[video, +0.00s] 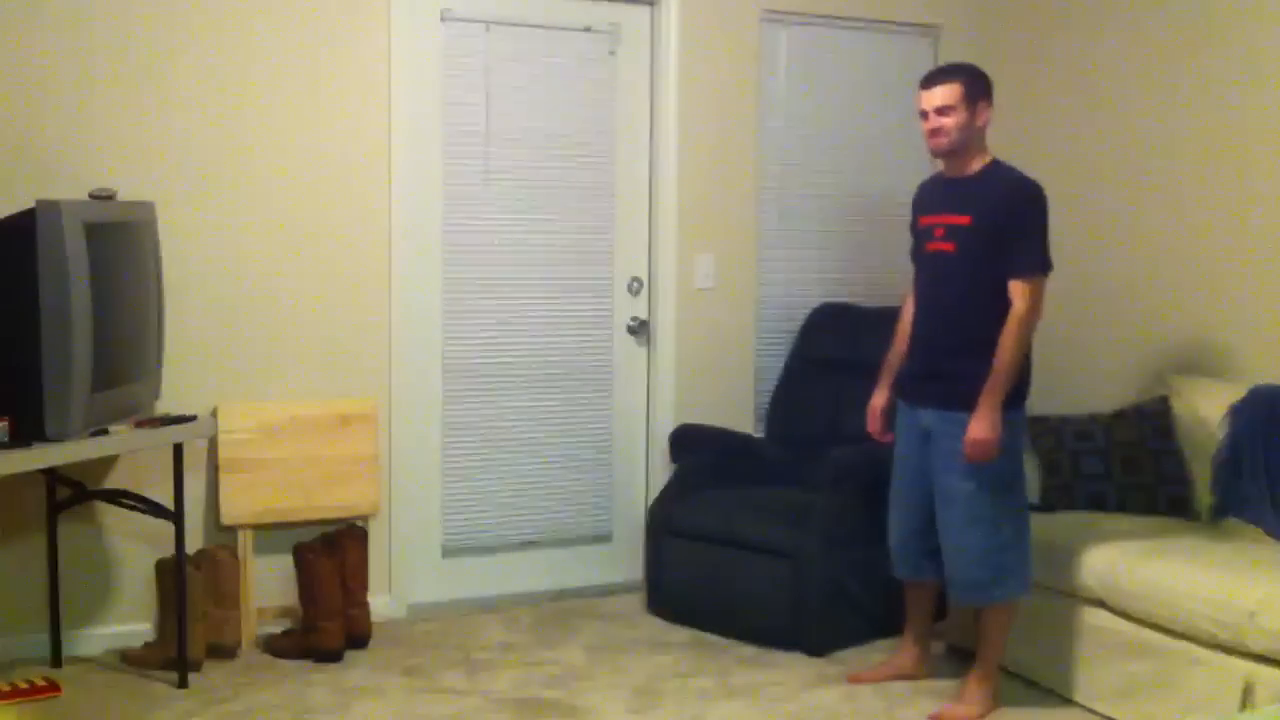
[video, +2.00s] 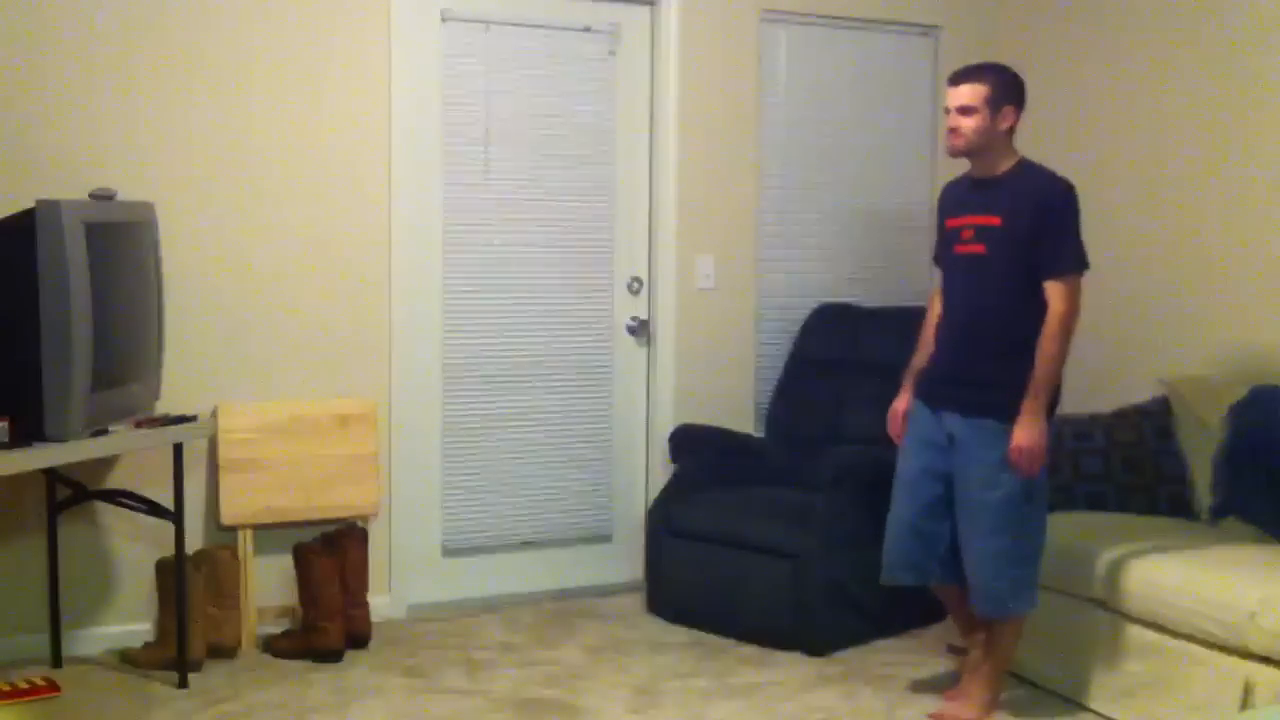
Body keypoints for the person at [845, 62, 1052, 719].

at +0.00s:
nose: (933, 125)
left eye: (945, 112)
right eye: (925, 115)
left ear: (982, 114)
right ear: (921, 123)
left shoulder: (1016, 194)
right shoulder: (927, 196)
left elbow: (1024, 308)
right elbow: (916, 299)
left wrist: (990, 406)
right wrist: (885, 384)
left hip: (980, 410)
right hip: (919, 402)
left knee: (989, 548)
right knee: (915, 534)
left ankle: (984, 679)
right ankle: (913, 652)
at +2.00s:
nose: (952, 123)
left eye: (966, 112)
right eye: (949, 112)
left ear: (1007, 117)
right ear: (952, 120)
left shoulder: (1048, 194)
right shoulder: (953, 198)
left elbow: (1062, 309)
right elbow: (943, 299)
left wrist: (1034, 413)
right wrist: (909, 388)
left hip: (1002, 418)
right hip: (934, 408)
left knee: (998, 562)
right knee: (923, 539)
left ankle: (986, 690)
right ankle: (975, 646)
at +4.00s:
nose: (973, 119)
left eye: (987, 108)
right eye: (963, 109)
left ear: (1014, 117)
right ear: (953, 119)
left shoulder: (1046, 195)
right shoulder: (951, 203)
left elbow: (1055, 311)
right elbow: (941, 306)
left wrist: (1022, 410)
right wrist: (905, 393)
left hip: (998, 416)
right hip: (933, 409)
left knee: (996, 562)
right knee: (928, 542)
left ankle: (984, 690)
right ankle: (976, 647)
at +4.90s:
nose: (970, 124)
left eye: (985, 113)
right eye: (961, 114)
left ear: (1014, 118)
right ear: (953, 121)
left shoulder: (1046, 195)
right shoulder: (952, 201)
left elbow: (1059, 309)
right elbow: (946, 305)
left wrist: (1027, 411)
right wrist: (913, 392)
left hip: (1001, 416)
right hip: (936, 407)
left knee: (999, 560)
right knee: (925, 540)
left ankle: (986, 688)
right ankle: (975, 643)